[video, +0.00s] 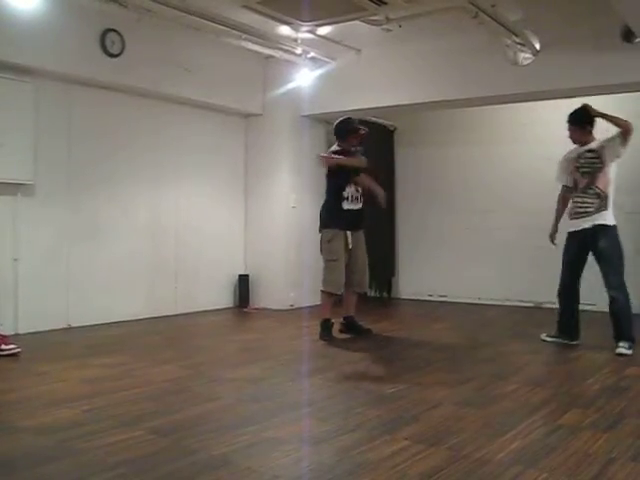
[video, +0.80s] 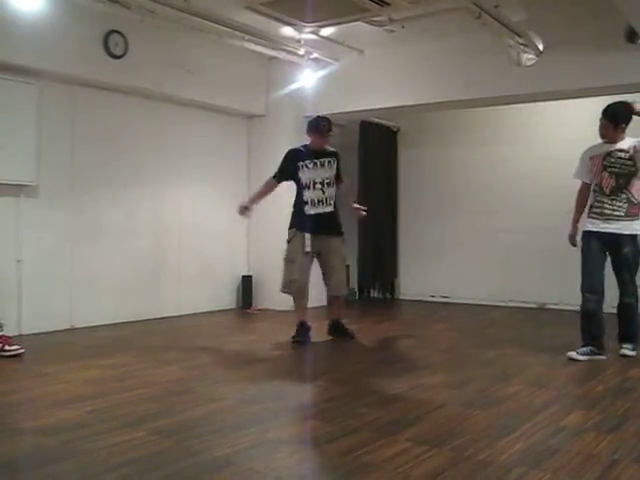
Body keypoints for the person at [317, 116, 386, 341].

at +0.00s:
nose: (360, 140)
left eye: (360, 137)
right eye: (356, 137)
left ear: (355, 137)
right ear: (345, 137)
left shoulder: (356, 155)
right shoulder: (335, 156)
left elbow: (362, 163)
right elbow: (357, 178)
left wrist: (336, 161)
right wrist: (378, 190)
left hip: (354, 223)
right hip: (334, 223)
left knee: (356, 274)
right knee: (333, 275)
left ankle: (349, 319)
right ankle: (326, 323)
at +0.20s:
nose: (348, 132)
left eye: (347, 129)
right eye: (344, 130)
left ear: (337, 136)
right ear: (336, 135)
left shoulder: (347, 153)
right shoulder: (326, 155)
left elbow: (368, 162)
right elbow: (352, 171)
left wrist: (361, 166)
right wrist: (368, 165)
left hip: (350, 221)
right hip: (330, 221)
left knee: (352, 273)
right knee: (329, 274)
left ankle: (347, 319)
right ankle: (312, 322)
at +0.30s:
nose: (341, 138)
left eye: (340, 135)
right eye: (337, 136)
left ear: (337, 137)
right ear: (327, 138)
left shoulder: (346, 155)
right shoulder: (316, 156)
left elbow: (369, 161)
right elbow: (338, 175)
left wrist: (394, 166)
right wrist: (371, 184)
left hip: (347, 222)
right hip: (324, 222)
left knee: (352, 272)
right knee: (325, 273)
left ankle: (347, 320)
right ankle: (308, 323)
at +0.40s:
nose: (335, 137)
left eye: (334, 133)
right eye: (331, 134)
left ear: (334, 135)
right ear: (320, 138)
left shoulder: (347, 155)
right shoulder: (308, 155)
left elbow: (373, 163)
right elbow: (316, 178)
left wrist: (400, 170)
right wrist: (343, 190)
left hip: (342, 225)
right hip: (317, 225)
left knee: (348, 274)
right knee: (318, 275)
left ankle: (346, 319)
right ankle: (308, 324)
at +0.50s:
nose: (333, 136)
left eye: (332, 133)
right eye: (329, 133)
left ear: (330, 135)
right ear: (318, 136)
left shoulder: (345, 157)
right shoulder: (302, 158)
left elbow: (373, 171)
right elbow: (296, 183)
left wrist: (398, 185)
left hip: (338, 225)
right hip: (311, 225)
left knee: (345, 274)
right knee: (311, 272)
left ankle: (346, 322)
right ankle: (307, 324)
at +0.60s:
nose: (325, 140)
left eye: (327, 135)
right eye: (321, 136)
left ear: (331, 135)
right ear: (313, 136)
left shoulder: (341, 160)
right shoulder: (298, 161)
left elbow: (364, 184)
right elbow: (285, 186)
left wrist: (384, 202)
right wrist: (280, 210)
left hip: (335, 227)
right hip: (306, 227)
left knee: (342, 277)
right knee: (302, 276)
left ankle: (346, 323)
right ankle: (304, 325)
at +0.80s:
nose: (325, 140)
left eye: (327, 135)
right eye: (322, 135)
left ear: (329, 135)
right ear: (311, 134)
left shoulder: (333, 156)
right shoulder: (295, 156)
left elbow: (339, 184)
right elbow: (274, 182)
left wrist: (351, 205)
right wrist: (250, 202)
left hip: (330, 227)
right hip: (303, 227)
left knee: (337, 278)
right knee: (298, 279)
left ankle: (336, 323)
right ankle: (302, 325)